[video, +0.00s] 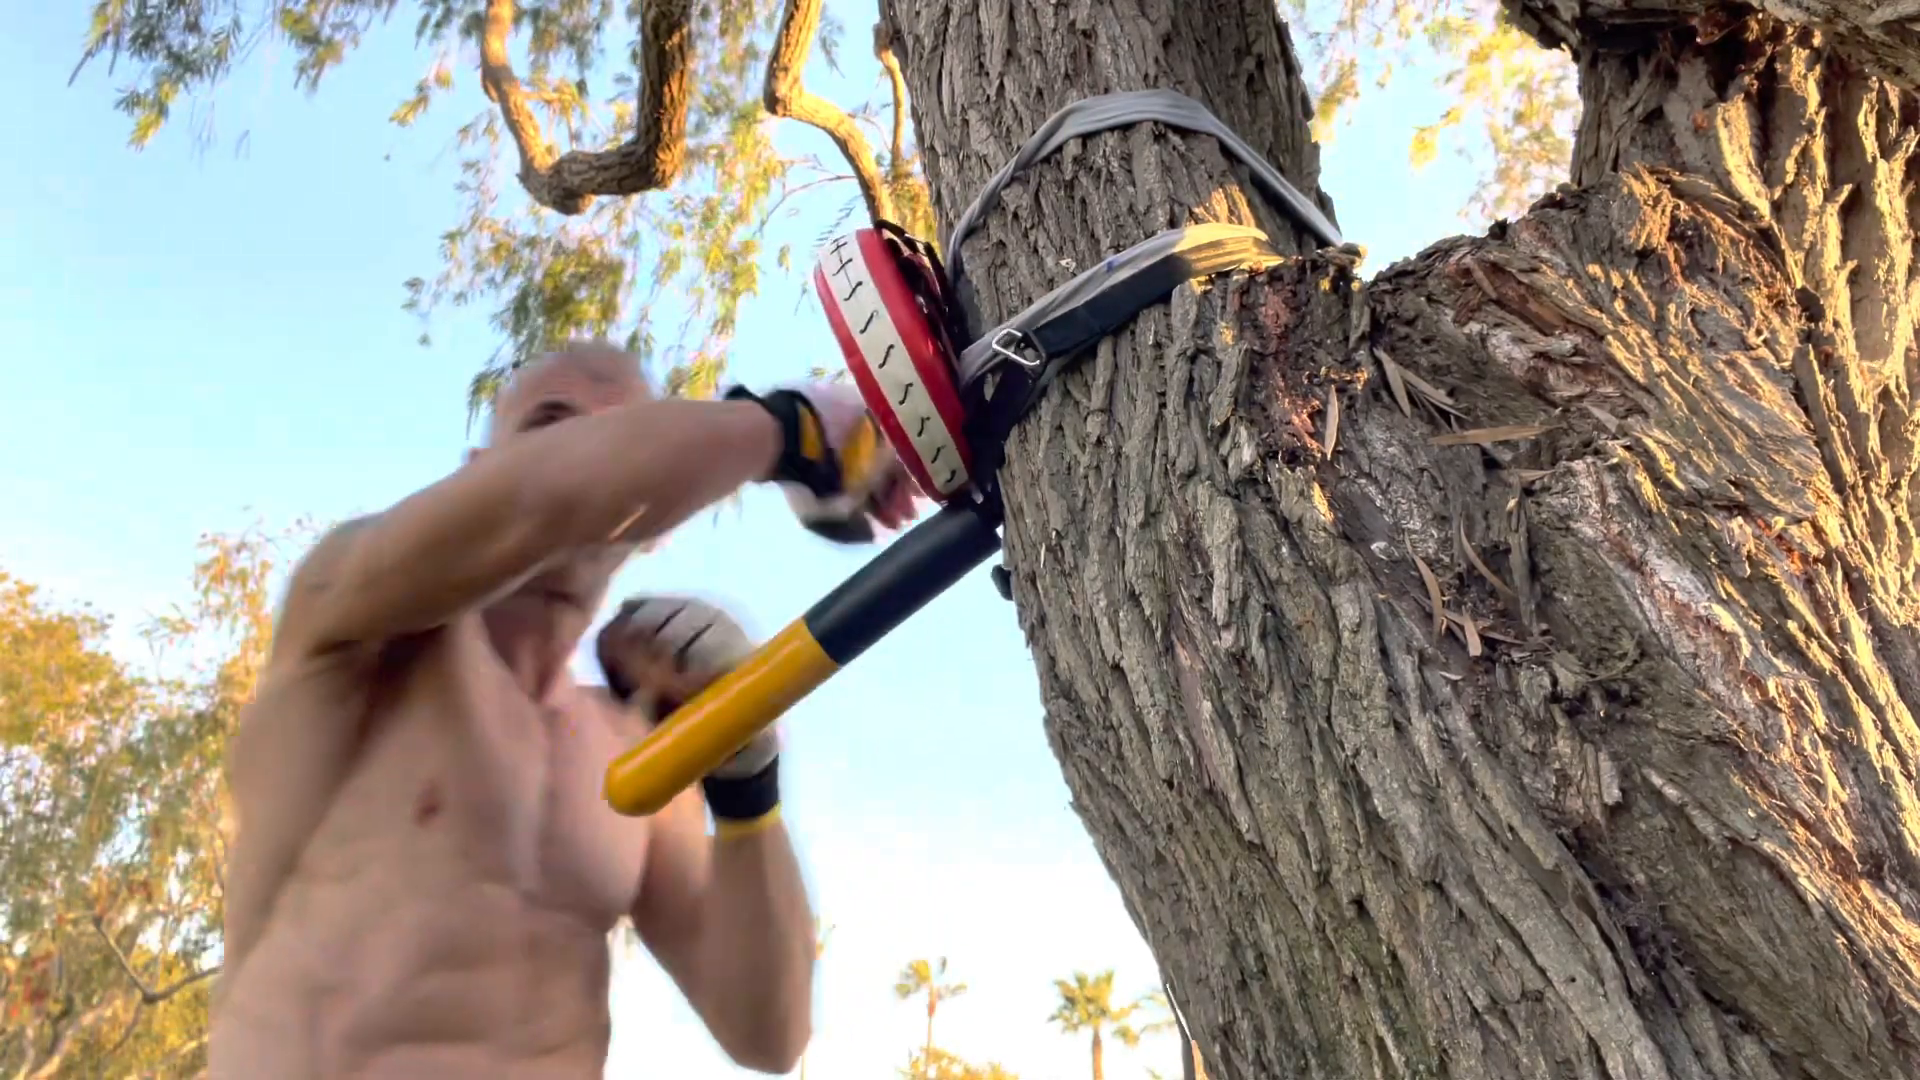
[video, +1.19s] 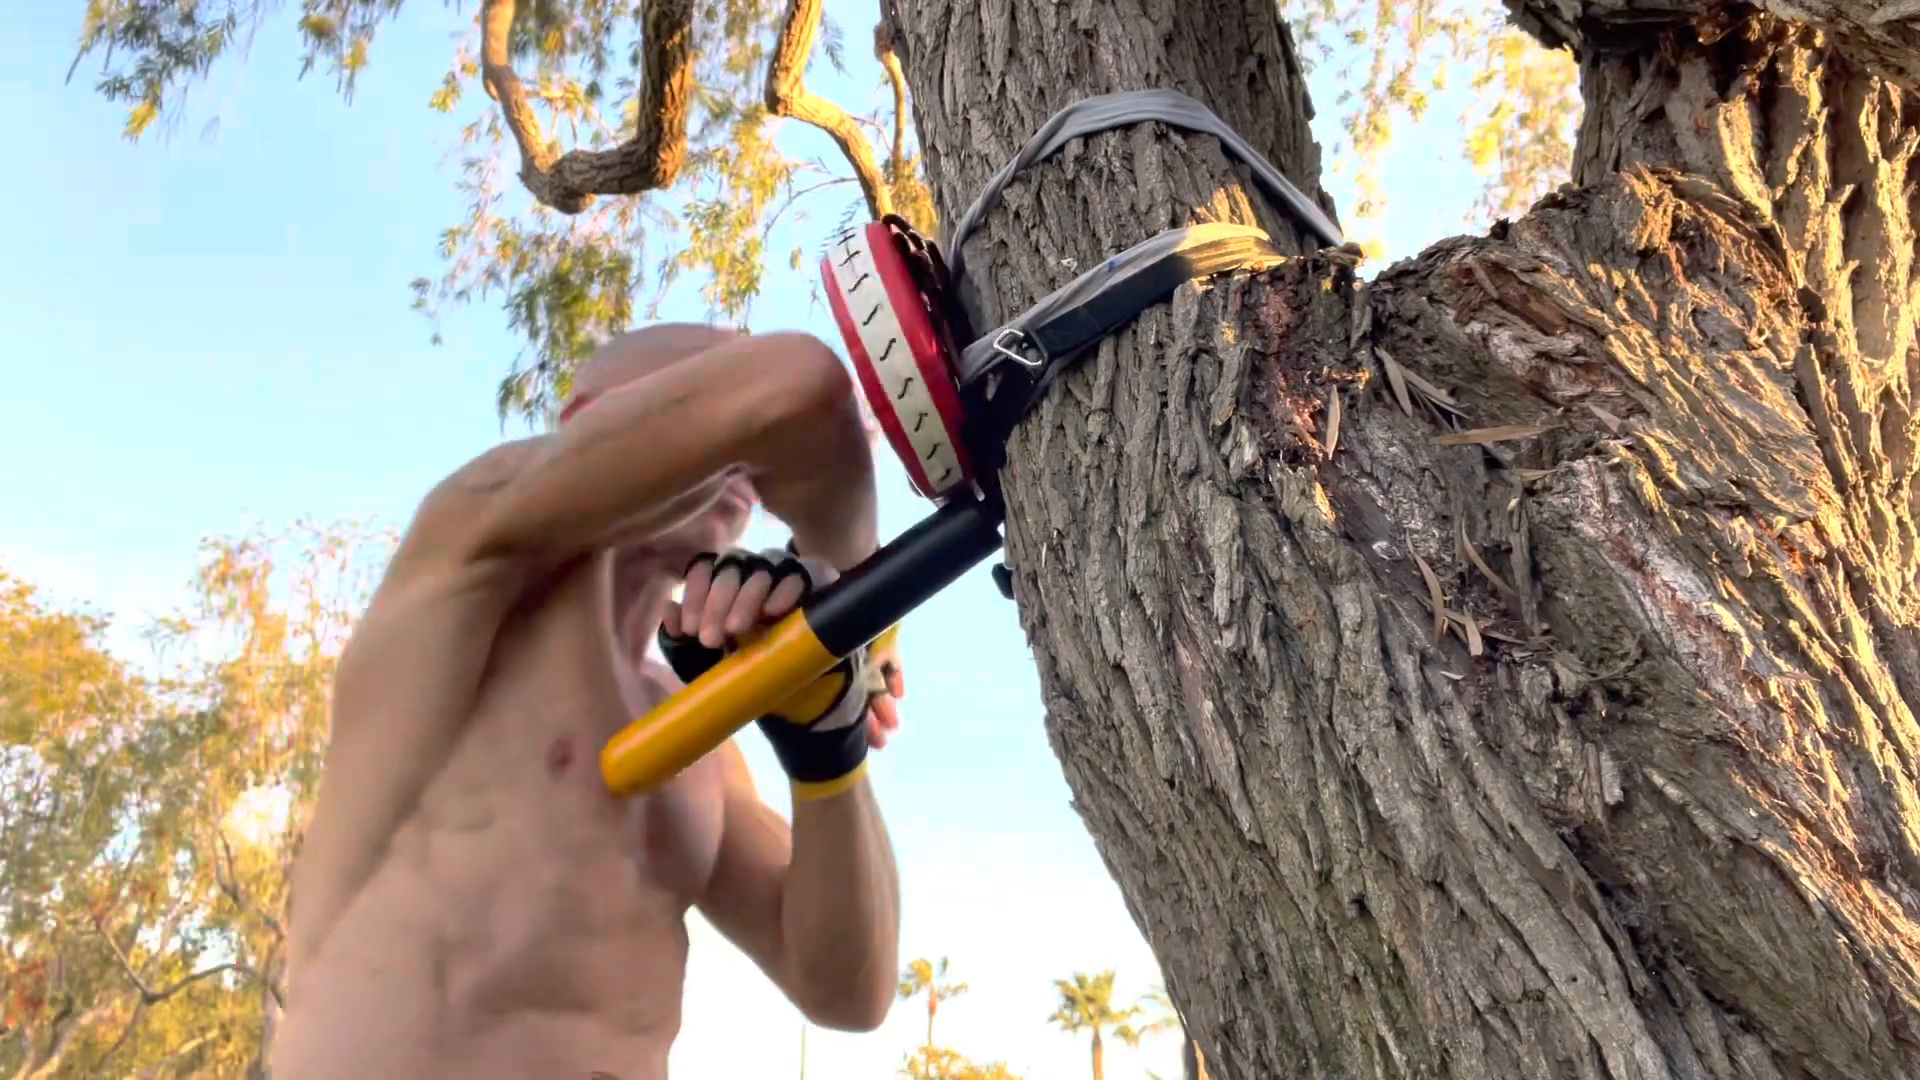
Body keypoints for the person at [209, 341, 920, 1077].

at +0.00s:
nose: (588, 467)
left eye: (624, 445)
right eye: (550, 426)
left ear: (672, 496)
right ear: (479, 464)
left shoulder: (639, 743)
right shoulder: (351, 609)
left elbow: (767, 1035)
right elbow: (548, 498)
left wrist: (745, 785)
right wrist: (794, 427)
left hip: (555, 1059)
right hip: (322, 1052)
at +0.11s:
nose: (486, 457)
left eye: (529, 440)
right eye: (454, 425)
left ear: (573, 489)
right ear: (393, 479)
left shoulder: (560, 766)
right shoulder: (254, 600)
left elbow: (735, 1026)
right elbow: (399, 644)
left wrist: (624, 795)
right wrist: (705, 428)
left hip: (495, 1060)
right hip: (259, 1052)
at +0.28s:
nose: (333, 450)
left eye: (383, 431)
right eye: (301, 415)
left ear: (443, 507)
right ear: (245, 470)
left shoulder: (487, 692)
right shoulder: (98, 657)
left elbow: (776, 724)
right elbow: (58, 952)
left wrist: (866, 500)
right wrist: (445, 799)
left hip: (415, 1062)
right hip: (155, 1061)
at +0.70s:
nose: (288, 417)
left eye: (336, 401)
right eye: (254, 384)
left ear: (390, 487)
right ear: (187, 447)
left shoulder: (470, 658)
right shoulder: (65, 682)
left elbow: (784, 762)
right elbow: (19, 891)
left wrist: (808, 533)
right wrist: (348, 749)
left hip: (431, 1061)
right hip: (157, 1065)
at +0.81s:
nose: (509, 432)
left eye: (546, 424)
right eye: (472, 396)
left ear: (563, 501)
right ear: (374, 443)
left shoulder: (588, 712)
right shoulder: (216, 648)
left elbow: (851, 890)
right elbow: (21, 727)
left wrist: (808, 650)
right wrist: (431, 640)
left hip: (527, 1053)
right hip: (263, 1044)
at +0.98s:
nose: (773, 459)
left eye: (791, 438)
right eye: (739, 423)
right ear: (643, 432)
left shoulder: (688, 773)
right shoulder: (518, 540)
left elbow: (813, 1024)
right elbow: (851, 358)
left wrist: (806, 773)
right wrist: (829, 574)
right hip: (399, 1052)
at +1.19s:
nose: (743, 470)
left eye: (754, 466)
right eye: (698, 420)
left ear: (749, 509)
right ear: (580, 409)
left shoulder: (701, 747)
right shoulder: (476, 534)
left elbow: (847, 992)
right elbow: (800, 381)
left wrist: (825, 747)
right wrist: (843, 581)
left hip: (628, 1059)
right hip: (385, 1052)